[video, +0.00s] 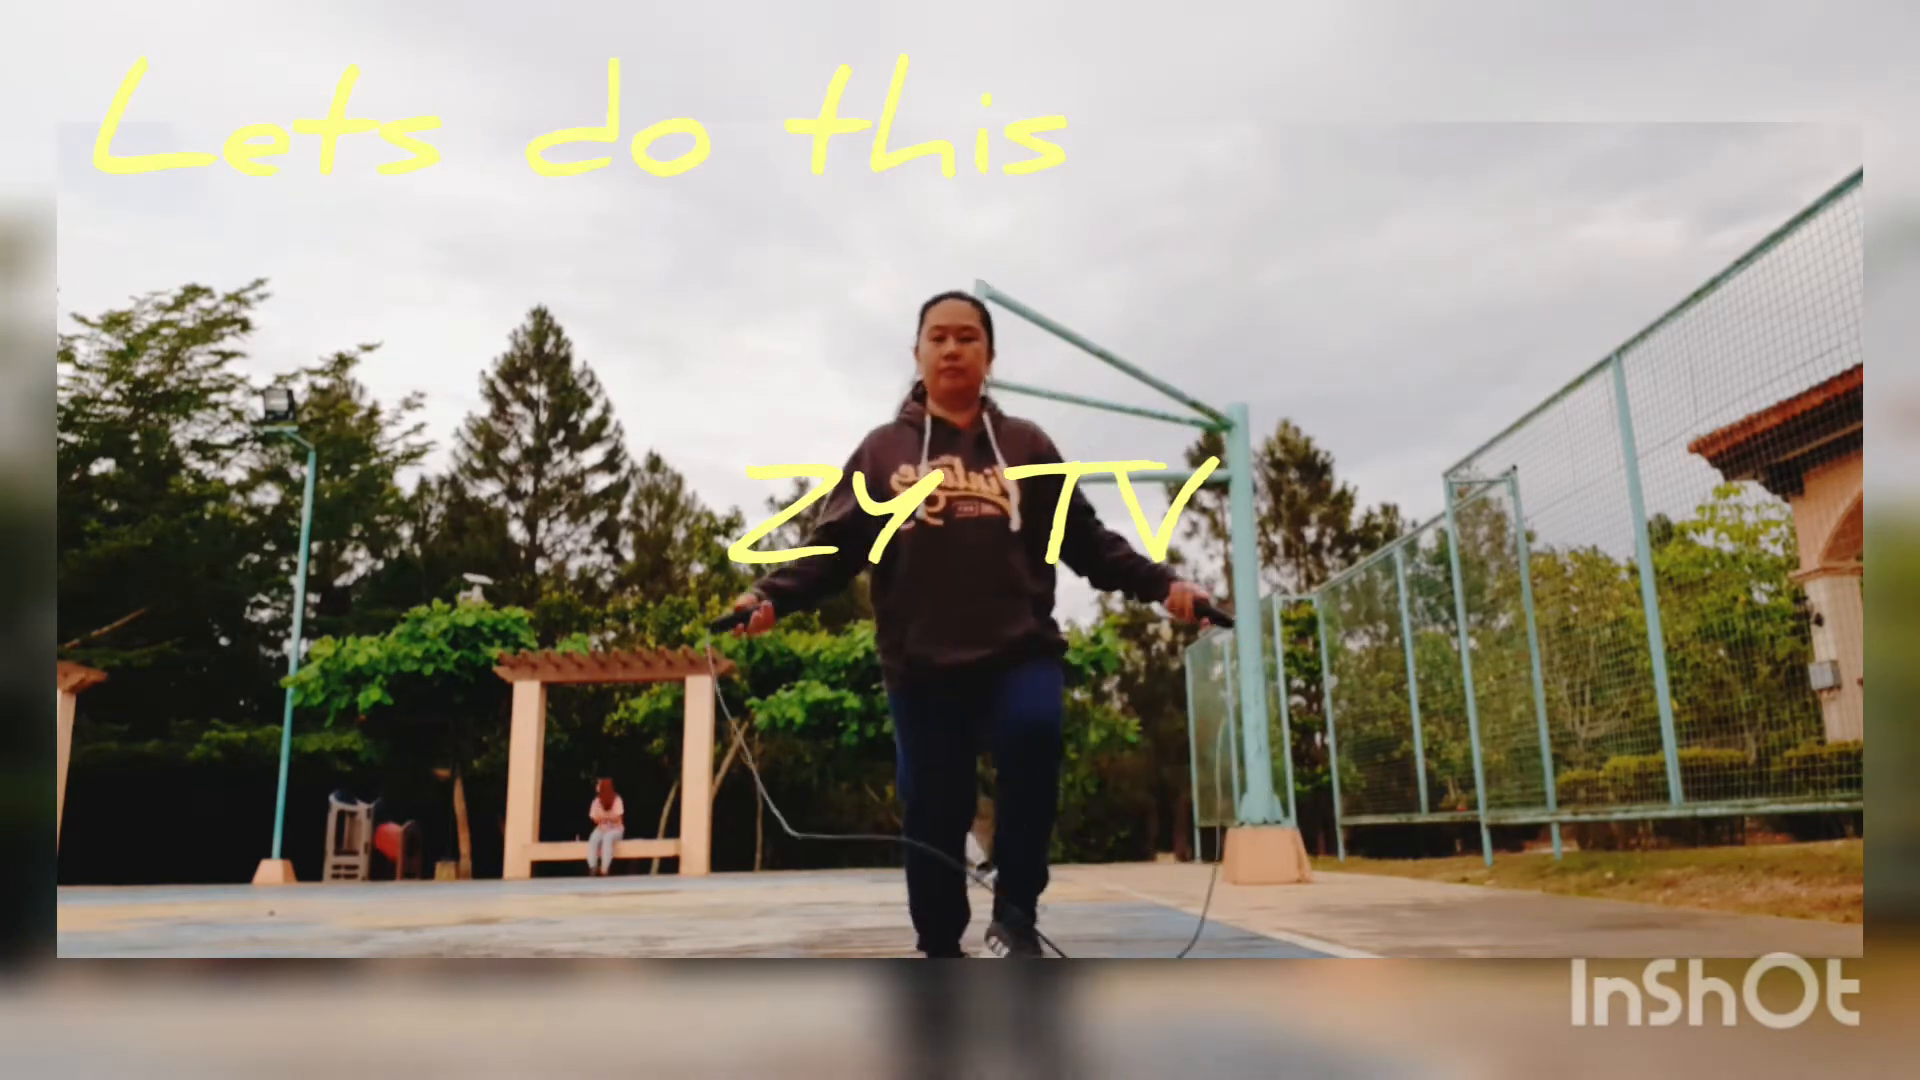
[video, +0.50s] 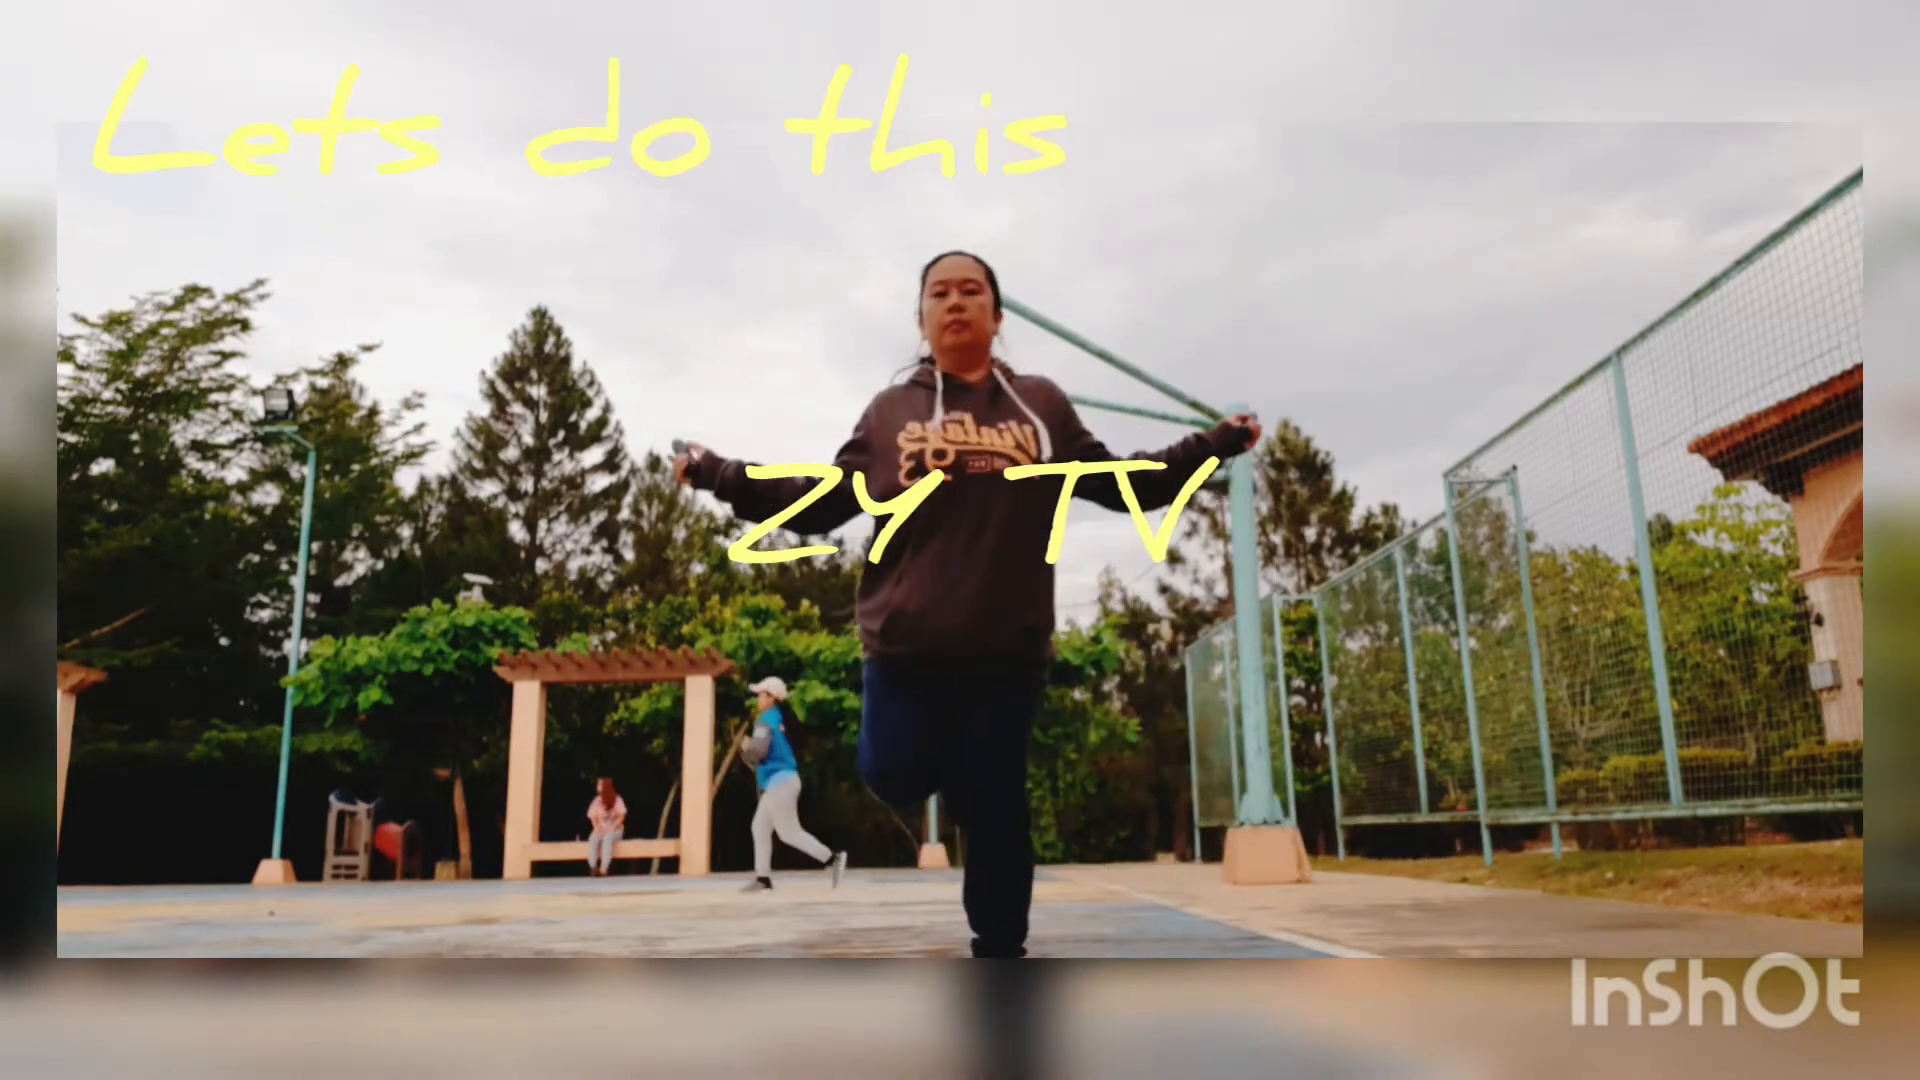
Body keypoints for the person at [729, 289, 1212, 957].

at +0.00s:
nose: (953, 350)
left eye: (967, 338)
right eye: (939, 337)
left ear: (990, 355)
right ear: (917, 353)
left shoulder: (1026, 445)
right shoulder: (883, 450)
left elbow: (1084, 539)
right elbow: (831, 545)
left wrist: (1164, 586)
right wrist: (772, 595)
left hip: (1020, 654)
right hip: (925, 662)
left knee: (1035, 739)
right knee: (932, 810)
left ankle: (1017, 921)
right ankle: (939, 952)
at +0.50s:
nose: (956, 304)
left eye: (972, 293)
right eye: (941, 295)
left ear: (997, 319)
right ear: (922, 320)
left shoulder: (1040, 403)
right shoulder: (892, 408)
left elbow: (1118, 482)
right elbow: (827, 497)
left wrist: (1210, 448)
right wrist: (727, 478)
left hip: (1003, 642)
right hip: (905, 643)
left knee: (996, 809)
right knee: (895, 778)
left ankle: (1001, 956)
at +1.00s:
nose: (941, 288)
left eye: (956, 277)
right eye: (926, 278)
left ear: (982, 299)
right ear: (906, 302)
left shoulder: (1030, 395)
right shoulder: (870, 401)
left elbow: (1091, 490)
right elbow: (824, 502)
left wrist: (1169, 531)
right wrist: (764, 554)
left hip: (1008, 637)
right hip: (903, 640)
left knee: (1005, 799)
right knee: (903, 798)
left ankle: (1006, 953)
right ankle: (898, 953)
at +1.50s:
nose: (951, 258)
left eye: (965, 246)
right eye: (936, 248)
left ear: (992, 269)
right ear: (914, 272)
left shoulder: (1042, 364)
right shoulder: (881, 375)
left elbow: (1106, 476)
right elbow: (831, 490)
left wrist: (1194, 498)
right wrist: (751, 535)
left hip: (1028, 615)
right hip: (919, 619)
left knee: (1031, 787)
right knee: (927, 789)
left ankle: (1035, 946)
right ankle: (930, 951)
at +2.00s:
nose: (955, 285)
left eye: (971, 275)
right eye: (940, 276)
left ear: (997, 299)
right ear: (919, 299)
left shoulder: (1042, 391)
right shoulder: (883, 401)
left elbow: (1105, 501)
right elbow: (840, 519)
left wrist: (1194, 512)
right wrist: (756, 547)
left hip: (1024, 638)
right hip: (917, 640)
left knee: (1025, 811)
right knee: (925, 811)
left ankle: (1027, 957)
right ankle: (923, 958)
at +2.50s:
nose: (958, 245)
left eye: (972, 233)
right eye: (943, 235)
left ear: (999, 255)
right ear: (922, 258)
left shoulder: (1050, 353)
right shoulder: (887, 364)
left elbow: (1114, 469)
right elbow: (834, 487)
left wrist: (1201, 518)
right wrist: (755, 547)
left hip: (1033, 603)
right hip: (927, 606)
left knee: (1029, 776)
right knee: (936, 778)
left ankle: (1027, 941)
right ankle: (942, 942)